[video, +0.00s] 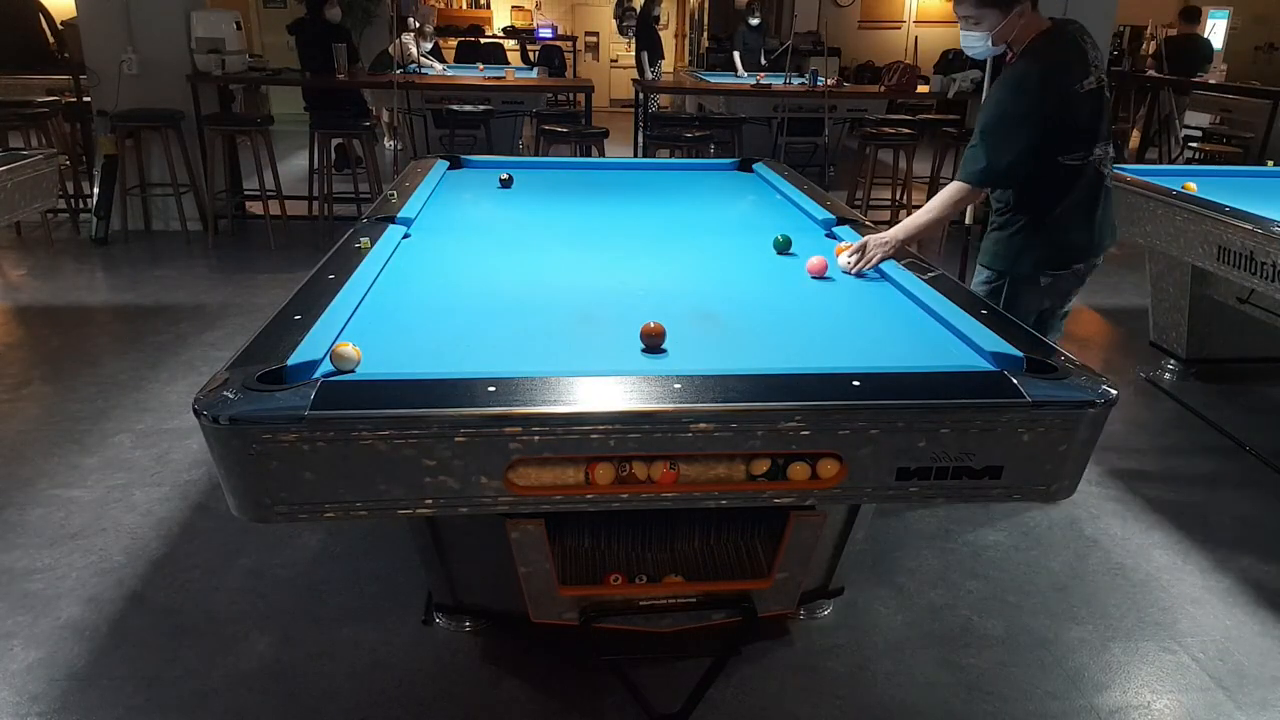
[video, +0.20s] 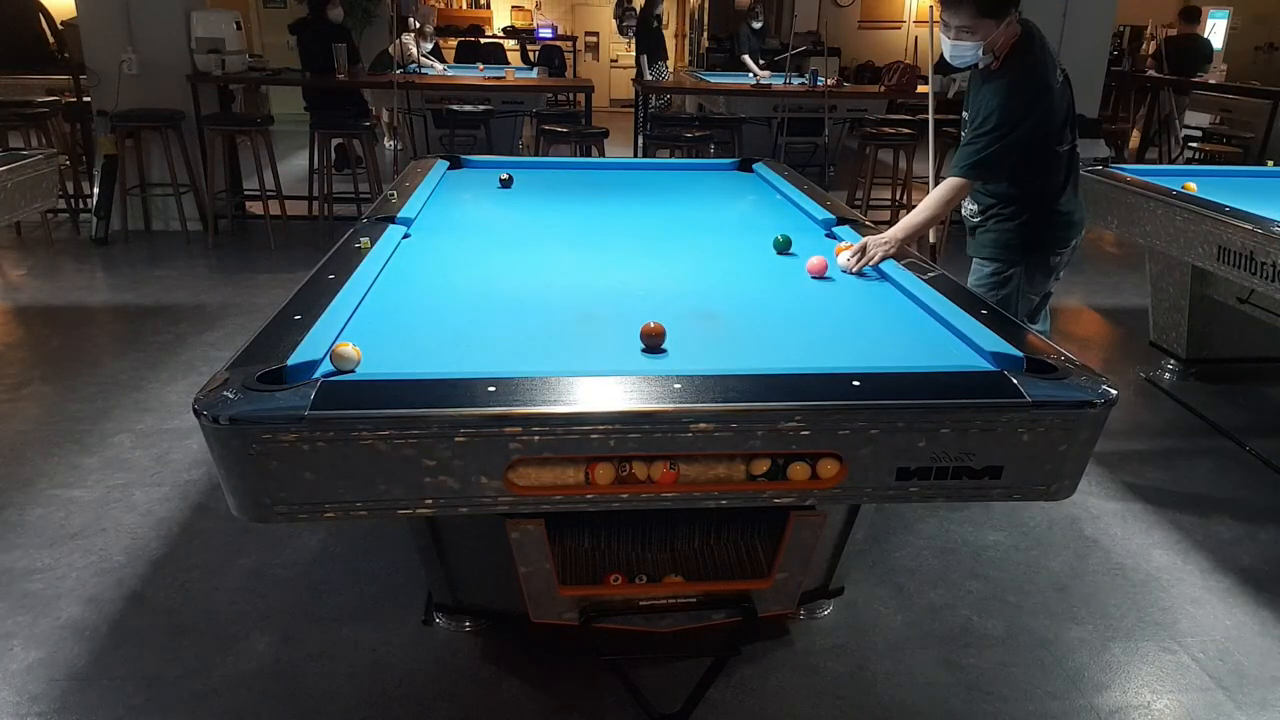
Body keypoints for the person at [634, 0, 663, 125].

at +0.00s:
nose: (660, 9)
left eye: (660, 6)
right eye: (658, 6)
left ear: (651, 6)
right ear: (652, 6)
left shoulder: (649, 23)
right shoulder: (644, 23)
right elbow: (642, 50)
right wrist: (647, 71)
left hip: (655, 63)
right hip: (649, 65)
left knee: (653, 97)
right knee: (649, 97)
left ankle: (650, 126)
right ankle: (646, 127)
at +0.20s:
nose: (662, 7)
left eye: (662, 4)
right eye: (661, 4)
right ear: (655, 4)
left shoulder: (655, 19)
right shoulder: (645, 20)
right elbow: (642, 52)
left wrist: (664, 67)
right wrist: (646, 75)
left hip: (659, 64)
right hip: (650, 65)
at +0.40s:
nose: (686, 7)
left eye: (686, 4)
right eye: (684, 4)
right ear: (677, 5)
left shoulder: (675, 20)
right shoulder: (670, 20)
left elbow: (675, 47)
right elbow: (668, 50)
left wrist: (686, 64)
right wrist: (686, 63)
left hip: (677, 67)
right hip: (672, 68)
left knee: (677, 102)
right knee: (676, 103)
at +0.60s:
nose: (700, 11)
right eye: (699, 8)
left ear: (683, 6)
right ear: (696, 9)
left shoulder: (671, 22)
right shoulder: (695, 25)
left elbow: (663, 51)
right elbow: (700, 56)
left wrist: (666, 68)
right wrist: (704, 70)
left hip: (670, 72)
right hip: (688, 74)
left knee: (674, 107)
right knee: (684, 108)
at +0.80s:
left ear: (672, 6)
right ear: (688, 8)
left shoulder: (664, 22)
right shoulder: (692, 23)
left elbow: (657, 53)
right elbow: (694, 55)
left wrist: (653, 74)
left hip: (665, 73)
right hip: (685, 75)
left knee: (668, 111)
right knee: (681, 111)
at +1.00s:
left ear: (666, 4)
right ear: (682, 5)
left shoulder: (658, 21)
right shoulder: (687, 22)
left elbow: (652, 51)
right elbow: (690, 51)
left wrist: (654, 70)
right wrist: (684, 65)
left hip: (661, 70)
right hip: (681, 71)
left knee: (663, 106)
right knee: (678, 107)